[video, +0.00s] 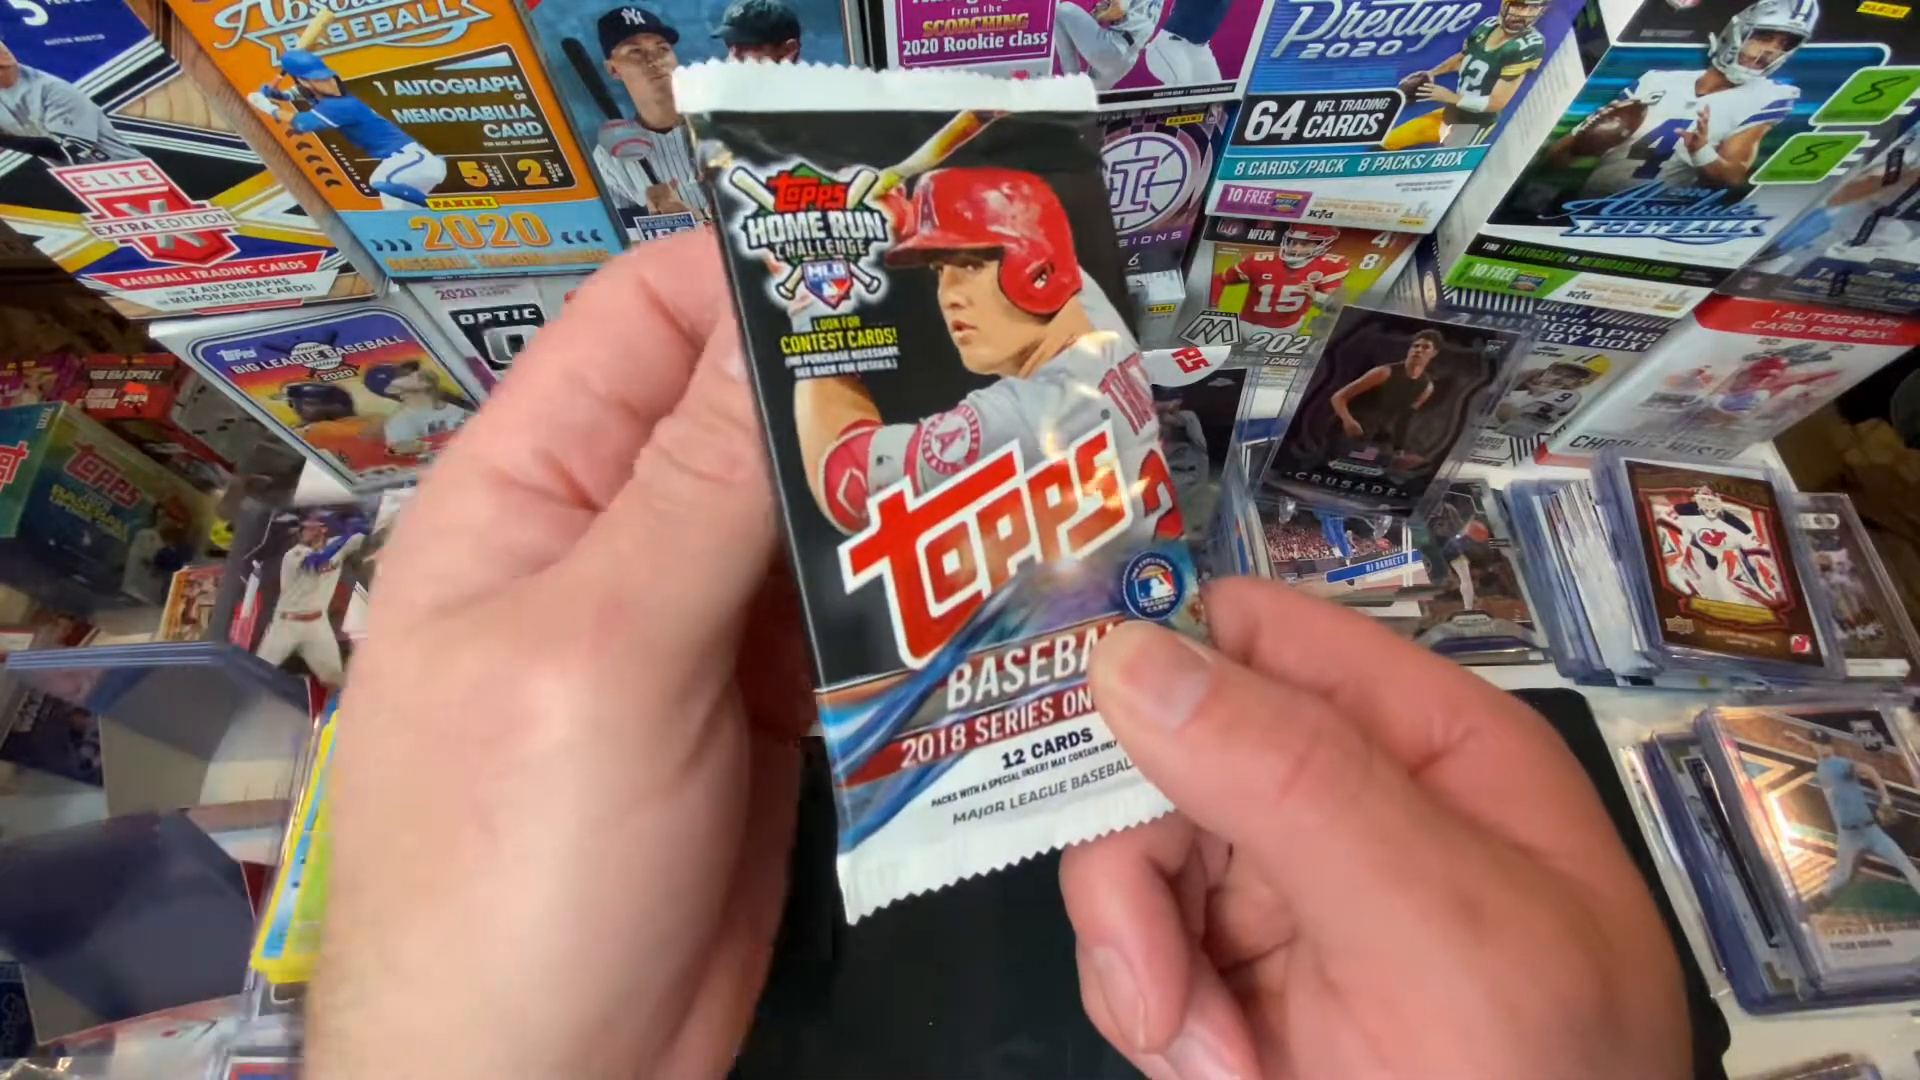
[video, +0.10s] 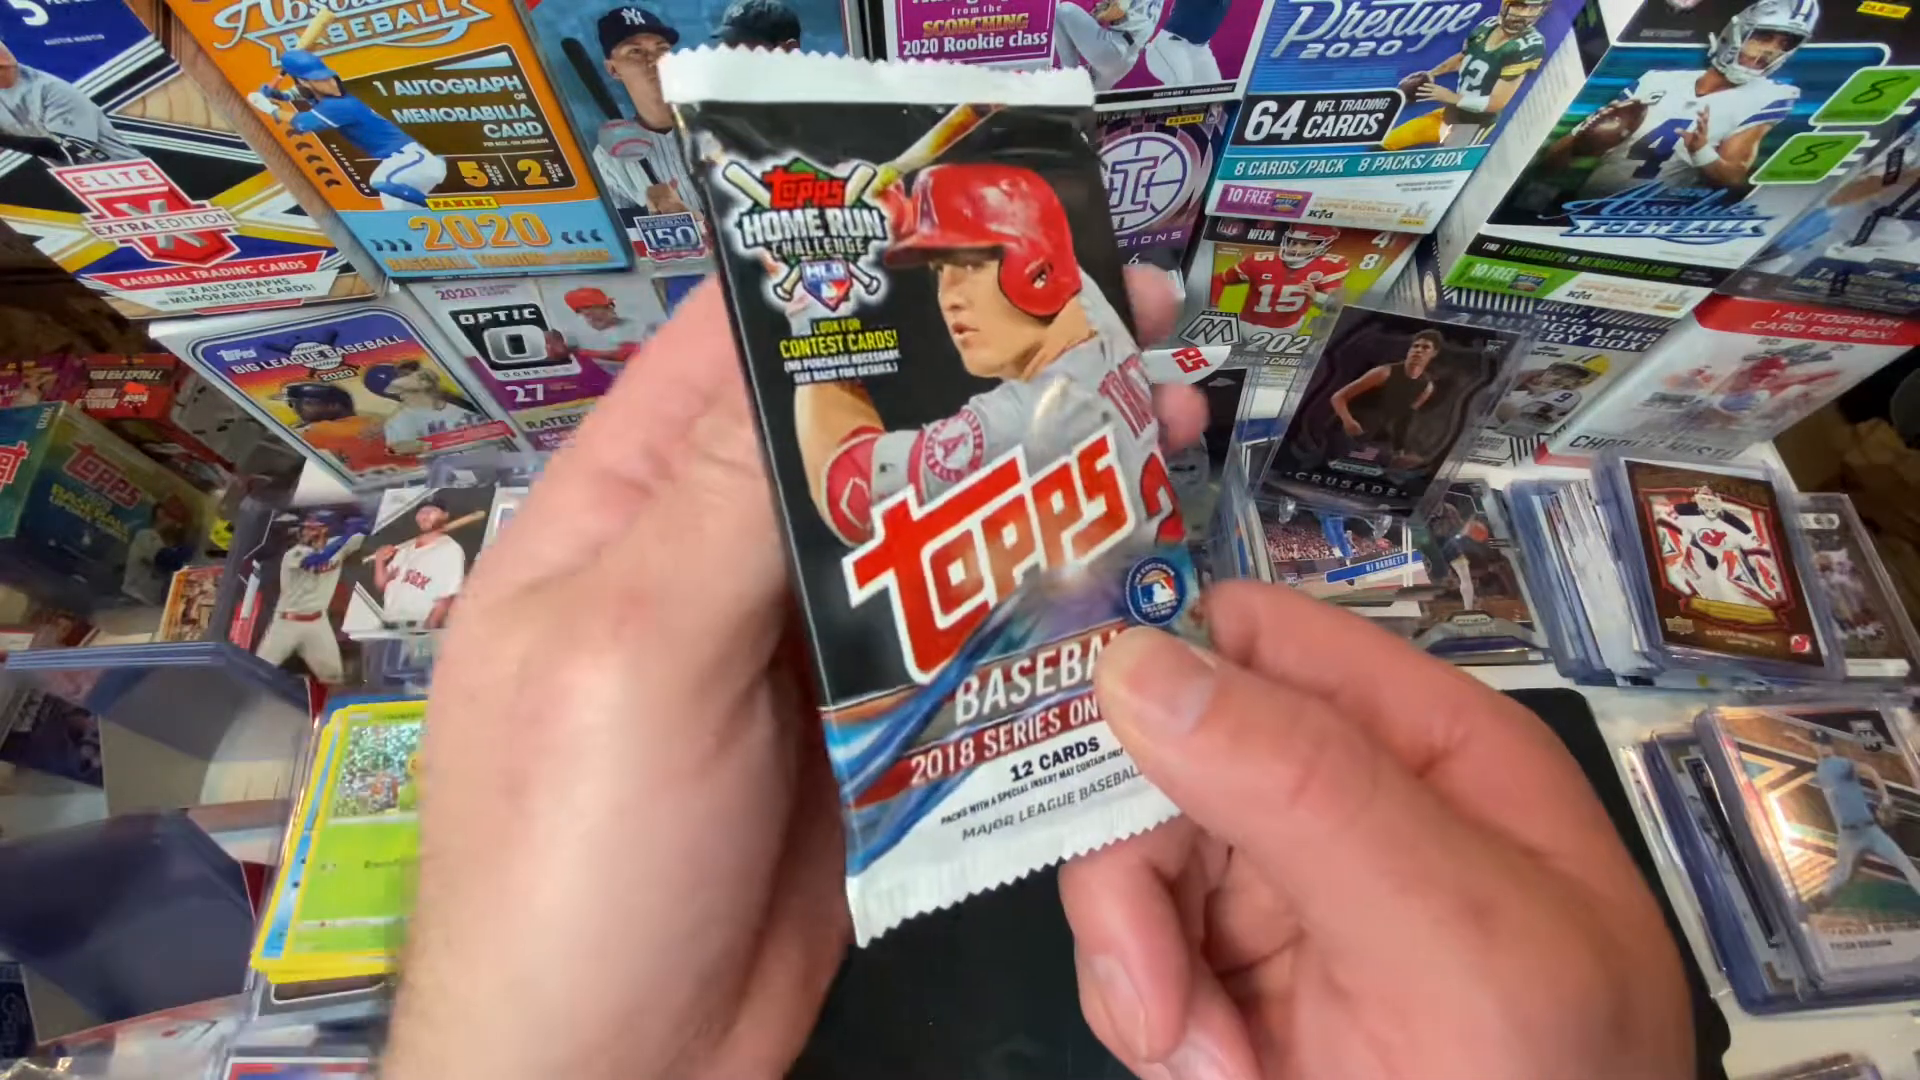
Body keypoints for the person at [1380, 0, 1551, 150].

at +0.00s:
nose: (1516, 13)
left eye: (1528, 7)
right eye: (1513, 5)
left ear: (1541, 11)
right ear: (1503, 4)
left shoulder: (1527, 47)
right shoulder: (1487, 26)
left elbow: (1495, 104)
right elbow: (1463, 58)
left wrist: (1450, 97)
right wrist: (1431, 73)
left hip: (1476, 124)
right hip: (1451, 111)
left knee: (1442, 175)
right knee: (1389, 141)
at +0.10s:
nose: (1518, 13)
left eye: (1529, 7)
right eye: (1514, 4)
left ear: (1542, 11)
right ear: (1503, 4)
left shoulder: (1526, 48)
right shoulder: (1487, 27)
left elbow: (1495, 104)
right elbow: (1463, 58)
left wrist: (1450, 97)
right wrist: (1431, 74)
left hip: (1477, 124)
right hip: (1452, 112)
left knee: (1442, 173)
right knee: (1390, 141)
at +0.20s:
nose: (1521, 13)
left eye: (1531, 7)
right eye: (1517, 5)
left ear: (1543, 10)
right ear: (1504, 5)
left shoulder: (1526, 47)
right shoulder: (1486, 27)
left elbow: (1496, 103)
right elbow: (1462, 58)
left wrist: (1449, 97)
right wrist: (1431, 74)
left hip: (1477, 123)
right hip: (1451, 111)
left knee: (1442, 172)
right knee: (1390, 141)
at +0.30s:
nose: (1522, 13)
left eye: (1531, 7)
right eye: (1517, 5)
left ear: (1543, 10)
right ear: (1504, 5)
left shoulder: (1527, 47)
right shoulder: (1486, 27)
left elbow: (1496, 103)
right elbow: (1462, 58)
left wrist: (1449, 97)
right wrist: (1431, 74)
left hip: (1478, 123)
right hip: (1451, 111)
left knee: (1442, 172)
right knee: (1390, 141)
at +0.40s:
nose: (1521, 12)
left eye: (1531, 7)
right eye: (1517, 5)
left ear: (1543, 10)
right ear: (1504, 4)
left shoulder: (1527, 47)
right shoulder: (1485, 27)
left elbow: (1495, 104)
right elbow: (1462, 58)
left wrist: (1448, 97)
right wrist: (1431, 74)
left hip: (1478, 123)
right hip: (1452, 112)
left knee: (1442, 172)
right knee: (1390, 141)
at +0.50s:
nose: (1522, 13)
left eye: (1531, 7)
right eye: (1517, 5)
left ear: (1543, 10)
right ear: (1504, 4)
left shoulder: (1527, 47)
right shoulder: (1486, 27)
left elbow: (1495, 104)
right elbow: (1462, 58)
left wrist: (1450, 97)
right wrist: (1431, 74)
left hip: (1478, 123)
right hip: (1451, 111)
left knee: (1443, 172)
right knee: (1390, 141)